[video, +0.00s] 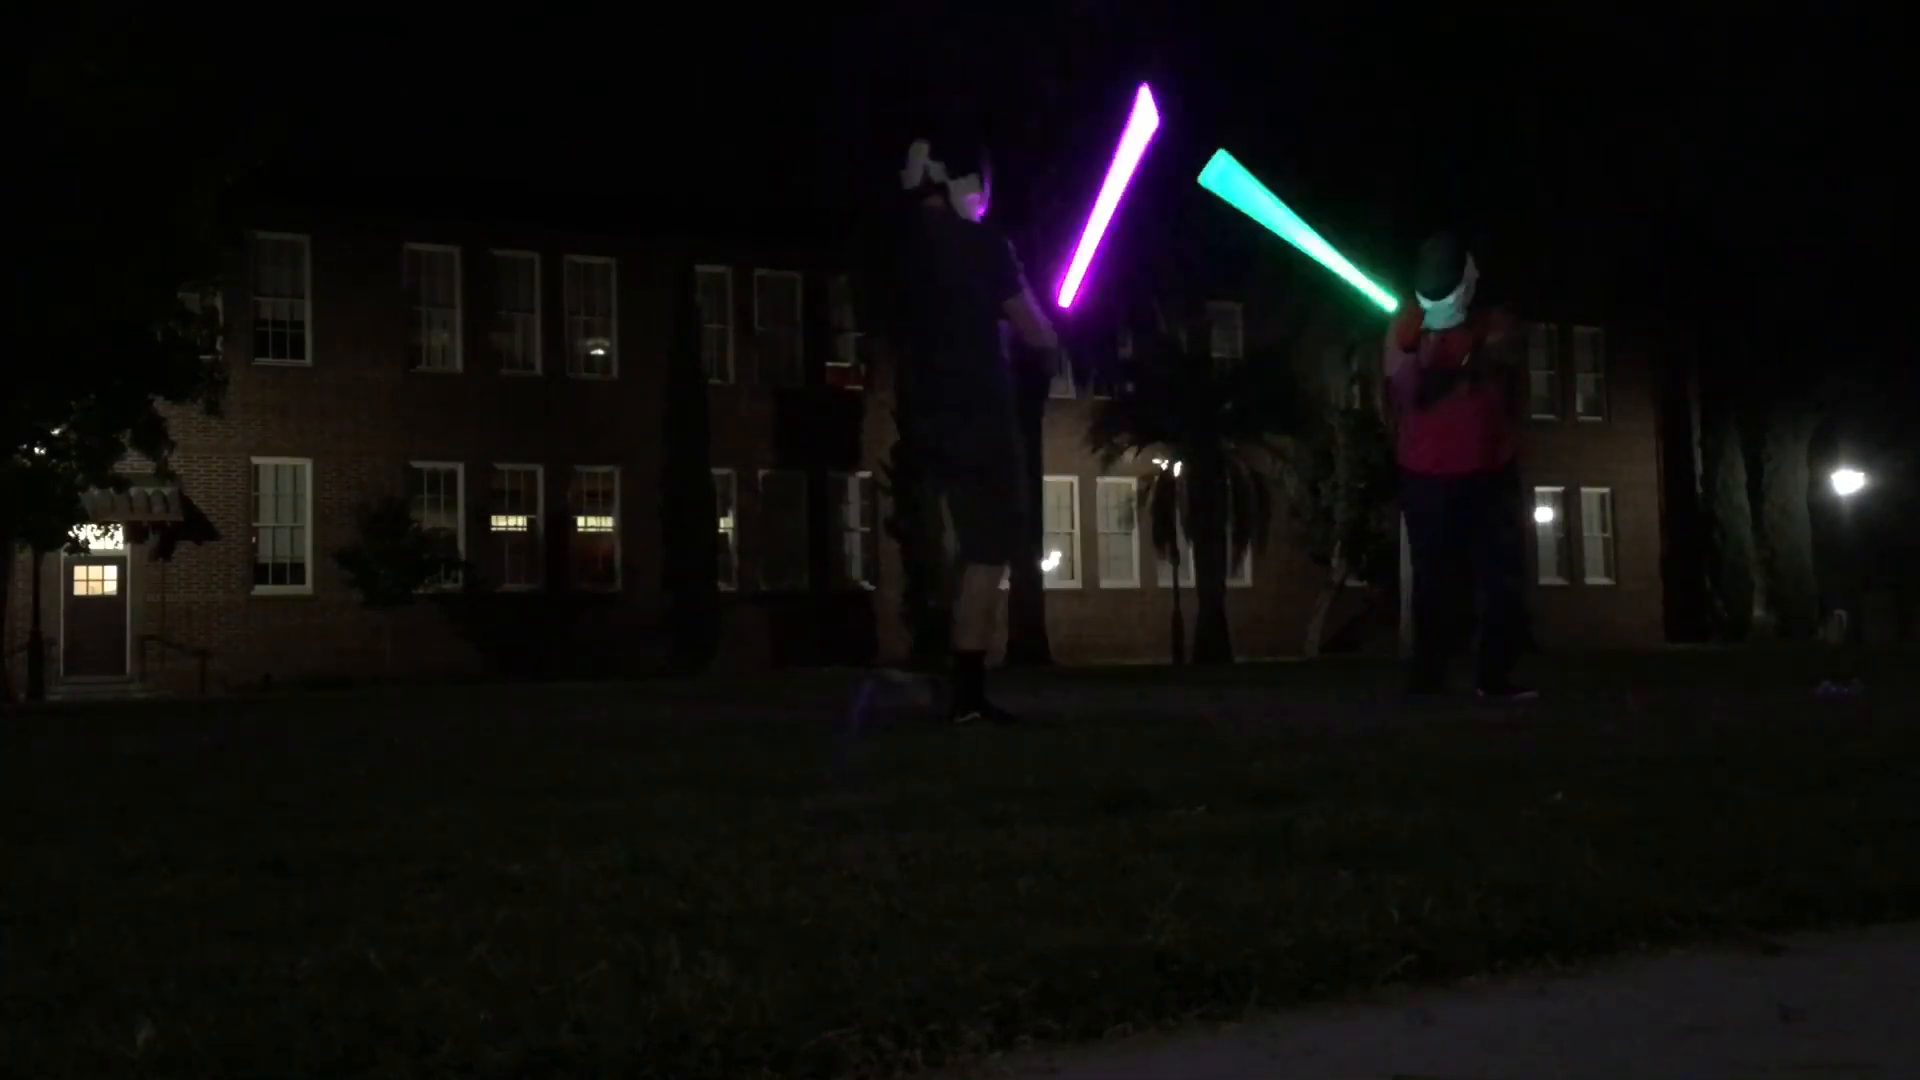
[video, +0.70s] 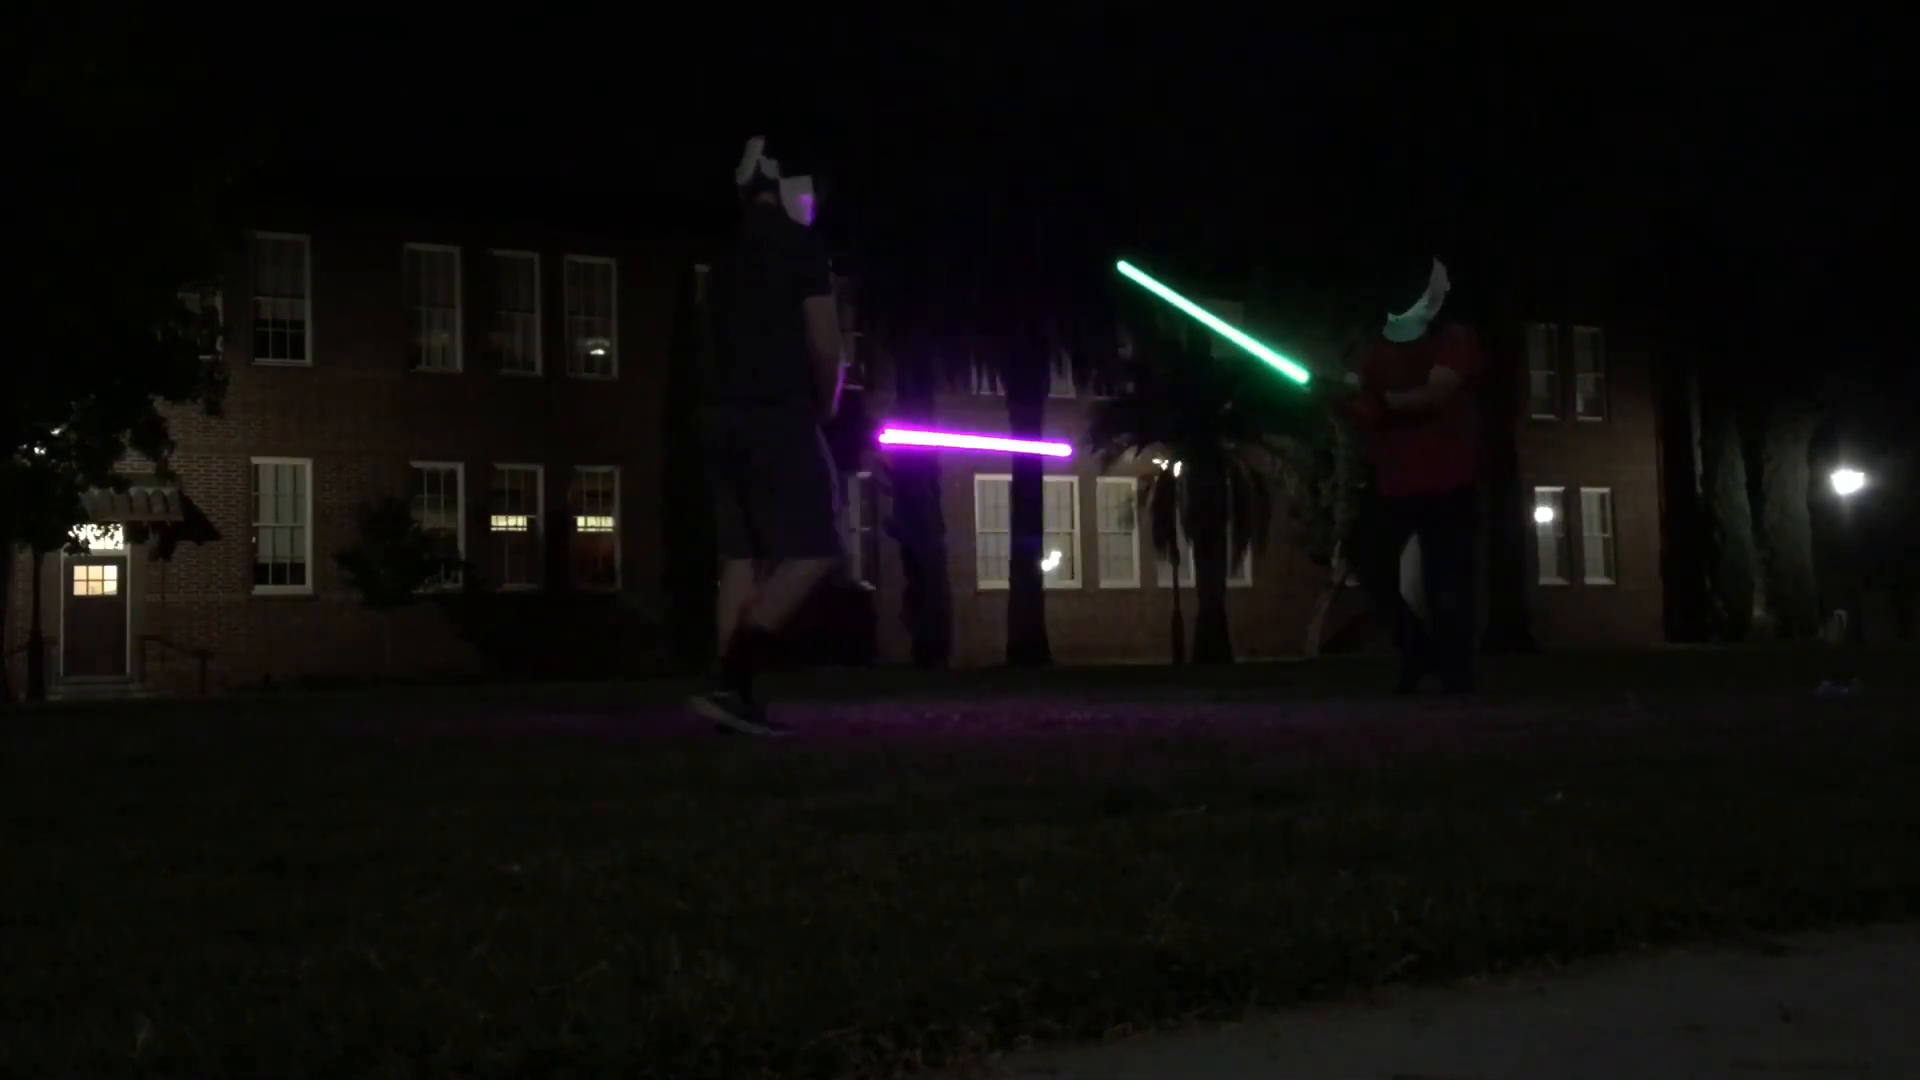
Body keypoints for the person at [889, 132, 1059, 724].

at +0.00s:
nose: (987, 200)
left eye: (984, 188)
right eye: (983, 189)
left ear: (933, 186)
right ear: (970, 188)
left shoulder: (900, 247)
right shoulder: (983, 246)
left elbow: (884, 345)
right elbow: (1038, 332)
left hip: (924, 412)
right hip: (980, 412)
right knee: (987, 548)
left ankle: (955, 680)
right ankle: (968, 689)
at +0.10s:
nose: (961, 196)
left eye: (958, 185)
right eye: (957, 185)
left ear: (899, 192)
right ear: (939, 191)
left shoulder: (872, 246)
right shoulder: (960, 245)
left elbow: (866, 339)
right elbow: (998, 341)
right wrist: (992, 384)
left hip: (888, 415)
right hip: (947, 416)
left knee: (904, 547)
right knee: (957, 557)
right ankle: (962, 695)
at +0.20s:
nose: (932, 200)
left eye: (929, 189)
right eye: (925, 190)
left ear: (869, 194)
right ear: (906, 194)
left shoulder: (841, 251)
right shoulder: (928, 248)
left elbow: (834, 344)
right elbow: (958, 340)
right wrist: (961, 392)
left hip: (844, 428)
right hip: (910, 428)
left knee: (836, 552)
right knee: (933, 565)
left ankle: (759, 677)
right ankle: (960, 696)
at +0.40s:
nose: (866, 214)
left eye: (864, 203)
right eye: (857, 203)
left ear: (807, 210)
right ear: (834, 207)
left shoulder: (778, 264)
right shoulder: (858, 264)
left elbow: (771, 358)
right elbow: (877, 362)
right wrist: (864, 423)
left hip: (774, 434)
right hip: (839, 436)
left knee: (769, 565)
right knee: (903, 550)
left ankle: (738, 706)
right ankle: (936, 691)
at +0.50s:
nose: (848, 206)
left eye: (845, 195)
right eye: (841, 195)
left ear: (786, 199)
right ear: (819, 199)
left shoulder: (758, 256)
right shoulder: (836, 257)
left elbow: (751, 349)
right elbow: (852, 357)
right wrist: (842, 418)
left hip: (752, 427)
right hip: (816, 427)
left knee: (758, 560)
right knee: (887, 537)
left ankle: (739, 705)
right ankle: (873, 685)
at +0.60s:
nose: (827, 203)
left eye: (825, 191)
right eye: (819, 191)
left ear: (765, 196)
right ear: (793, 195)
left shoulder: (738, 252)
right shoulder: (816, 251)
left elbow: (732, 347)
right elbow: (837, 345)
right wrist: (829, 415)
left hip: (736, 424)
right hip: (799, 424)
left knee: (748, 560)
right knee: (856, 540)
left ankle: (738, 705)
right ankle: (798, 672)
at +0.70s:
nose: (813, 201)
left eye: (811, 189)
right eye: (805, 189)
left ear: (752, 195)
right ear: (782, 192)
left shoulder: (728, 252)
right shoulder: (800, 246)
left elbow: (723, 344)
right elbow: (825, 341)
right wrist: (822, 411)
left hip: (727, 419)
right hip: (781, 421)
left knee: (739, 557)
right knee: (812, 551)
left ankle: (736, 691)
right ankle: (732, 676)